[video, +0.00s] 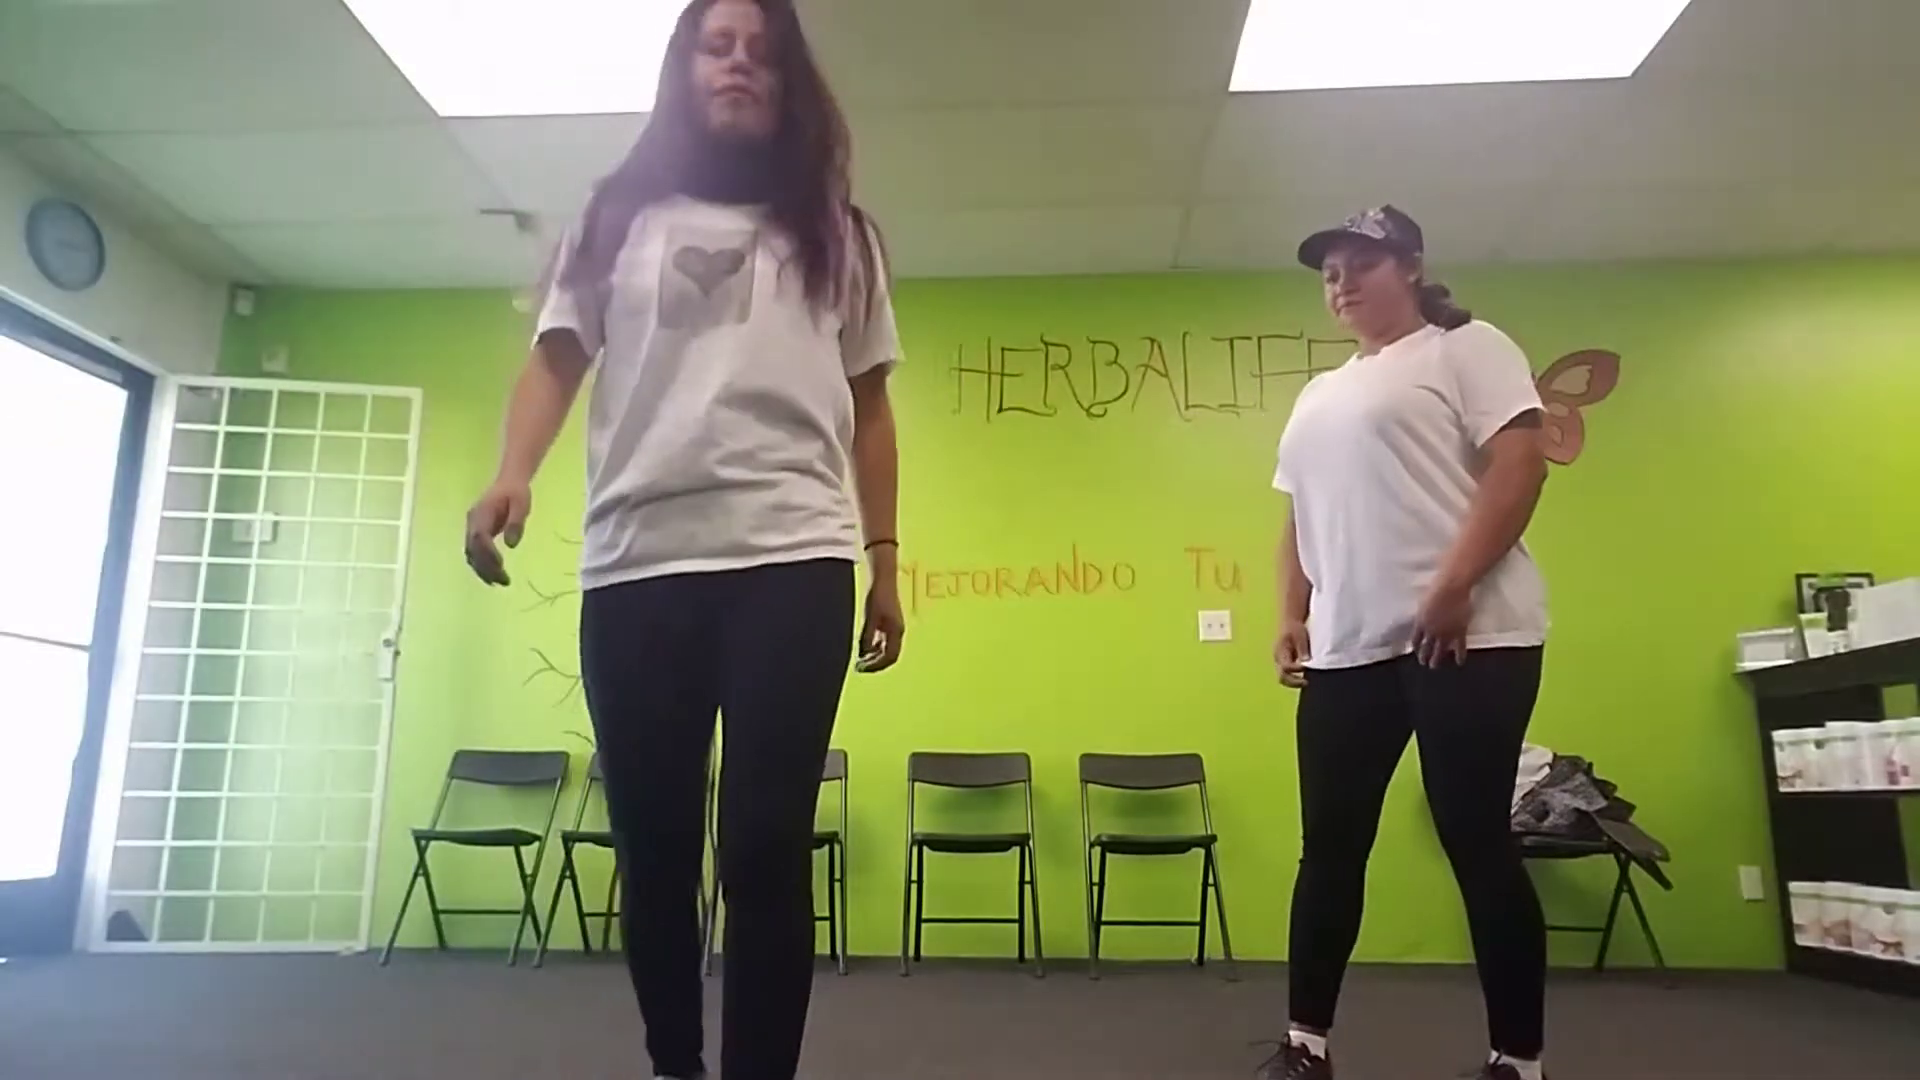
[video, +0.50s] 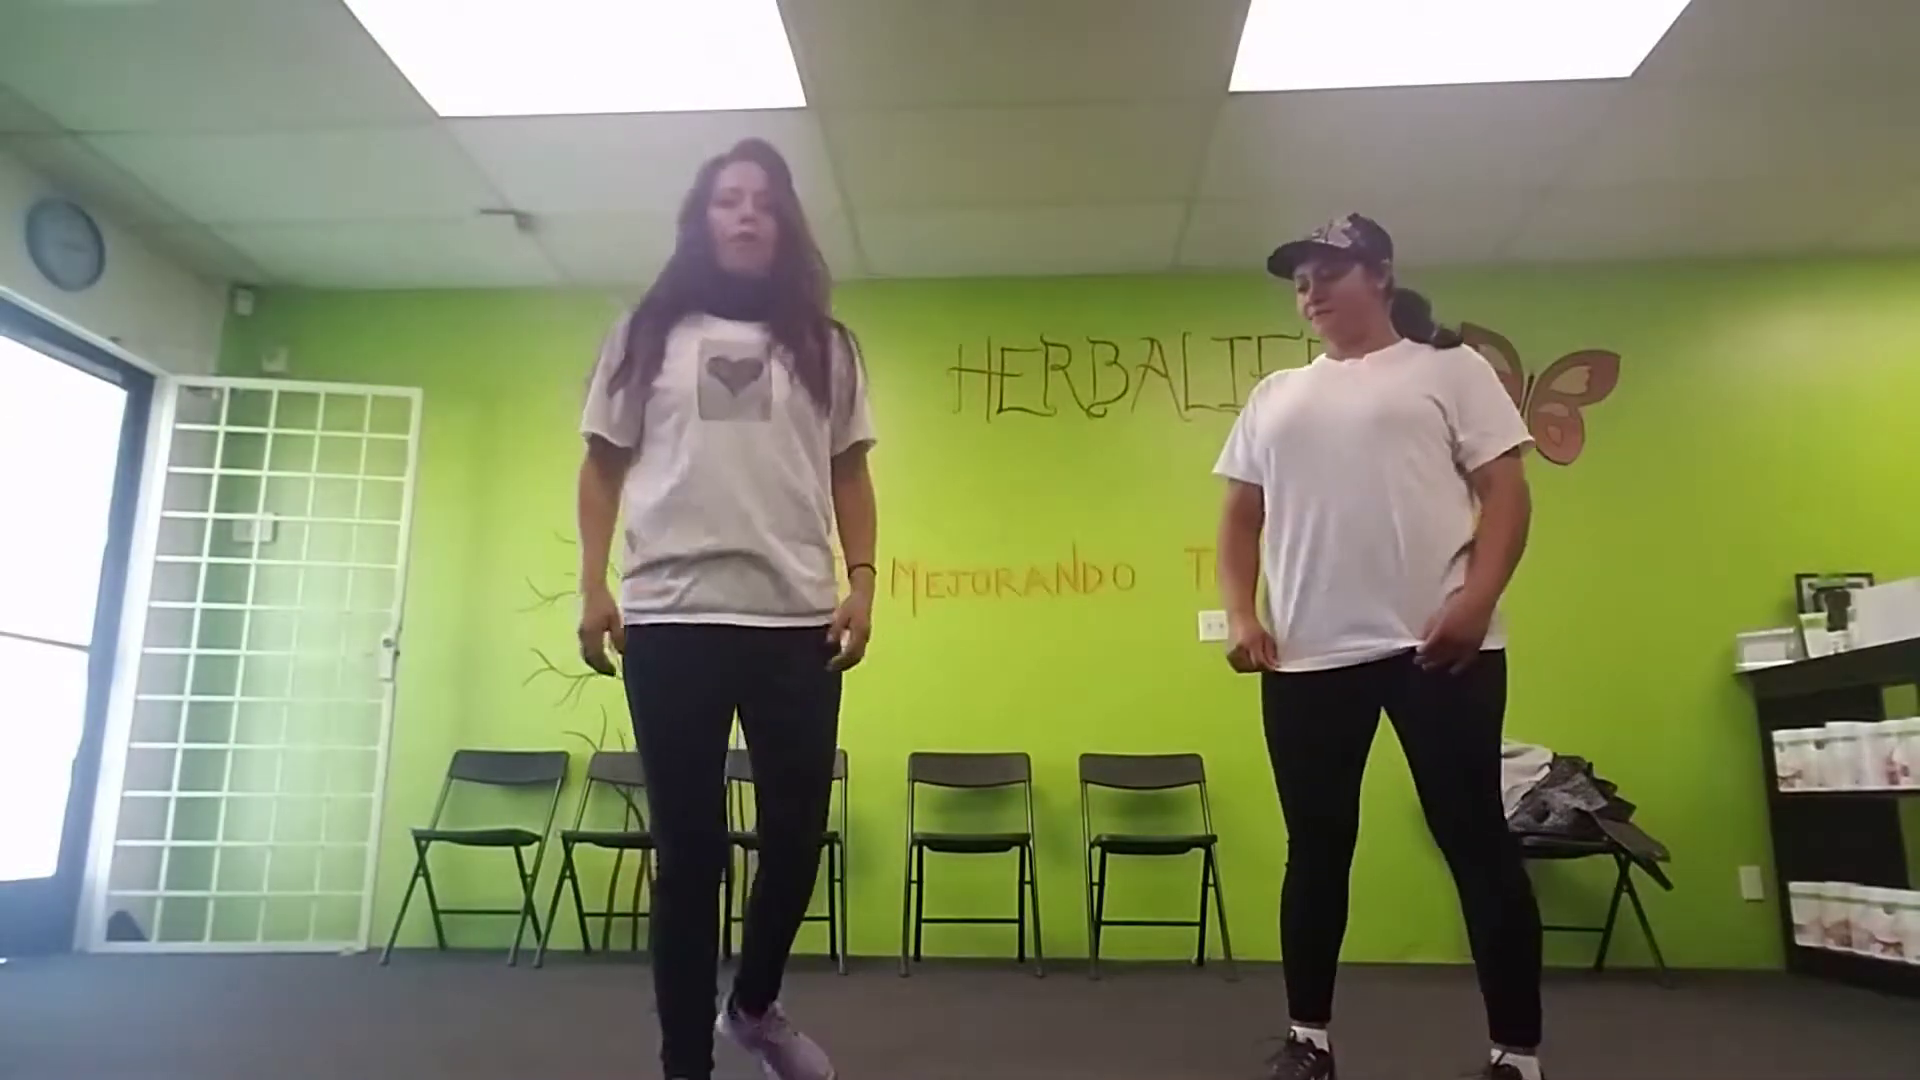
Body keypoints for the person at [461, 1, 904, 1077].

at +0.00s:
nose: (737, 66)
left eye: (761, 52)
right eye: (713, 46)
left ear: (792, 80)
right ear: (674, 70)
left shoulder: (838, 228)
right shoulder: (612, 214)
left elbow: (869, 408)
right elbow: (556, 359)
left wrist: (885, 562)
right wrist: (512, 473)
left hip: (793, 566)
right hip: (638, 572)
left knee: (767, 854)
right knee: (655, 861)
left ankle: (758, 1071)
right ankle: (678, 1068)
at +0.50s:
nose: (748, 216)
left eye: (765, 204)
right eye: (730, 201)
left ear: (789, 223)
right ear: (699, 218)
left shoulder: (828, 345)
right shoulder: (645, 331)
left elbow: (850, 470)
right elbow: (603, 463)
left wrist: (861, 578)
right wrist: (594, 582)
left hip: (797, 622)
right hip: (671, 621)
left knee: (797, 836)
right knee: (689, 848)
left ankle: (752, 1006)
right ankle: (686, 1065)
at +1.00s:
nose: (807, 310)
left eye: (819, 298)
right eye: (790, 297)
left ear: (837, 313)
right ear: (761, 308)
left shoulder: (821, 405)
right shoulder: (744, 377)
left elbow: (808, 526)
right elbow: (725, 493)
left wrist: (831, 597)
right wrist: (803, 593)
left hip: (779, 635)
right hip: (743, 632)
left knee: (745, 835)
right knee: (807, 825)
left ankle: (716, 1045)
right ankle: (760, 1049)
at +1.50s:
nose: (853, 323)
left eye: (860, 311)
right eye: (835, 310)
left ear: (870, 319)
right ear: (802, 317)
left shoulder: (765, 398)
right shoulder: (836, 386)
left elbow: (787, 525)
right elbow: (883, 500)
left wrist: (873, 590)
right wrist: (918, 592)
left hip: (763, 635)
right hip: (835, 633)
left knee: (798, 841)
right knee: (850, 852)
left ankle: (763, 1044)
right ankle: (849, 1058)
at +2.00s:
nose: (859, 325)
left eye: (867, 312)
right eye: (841, 311)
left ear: (877, 320)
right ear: (808, 320)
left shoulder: (777, 398)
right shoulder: (836, 387)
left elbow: (793, 527)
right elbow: (881, 507)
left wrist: (880, 597)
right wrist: (914, 595)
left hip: (765, 633)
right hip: (835, 632)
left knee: (773, 841)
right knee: (848, 851)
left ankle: (767, 1052)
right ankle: (849, 1056)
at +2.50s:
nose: (852, 326)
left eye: (860, 313)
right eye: (834, 313)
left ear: (871, 323)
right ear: (801, 321)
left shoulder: (773, 396)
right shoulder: (823, 387)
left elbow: (791, 526)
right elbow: (862, 506)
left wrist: (876, 602)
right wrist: (904, 600)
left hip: (762, 635)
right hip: (826, 633)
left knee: (771, 840)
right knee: (848, 846)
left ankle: (766, 1051)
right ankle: (849, 1055)